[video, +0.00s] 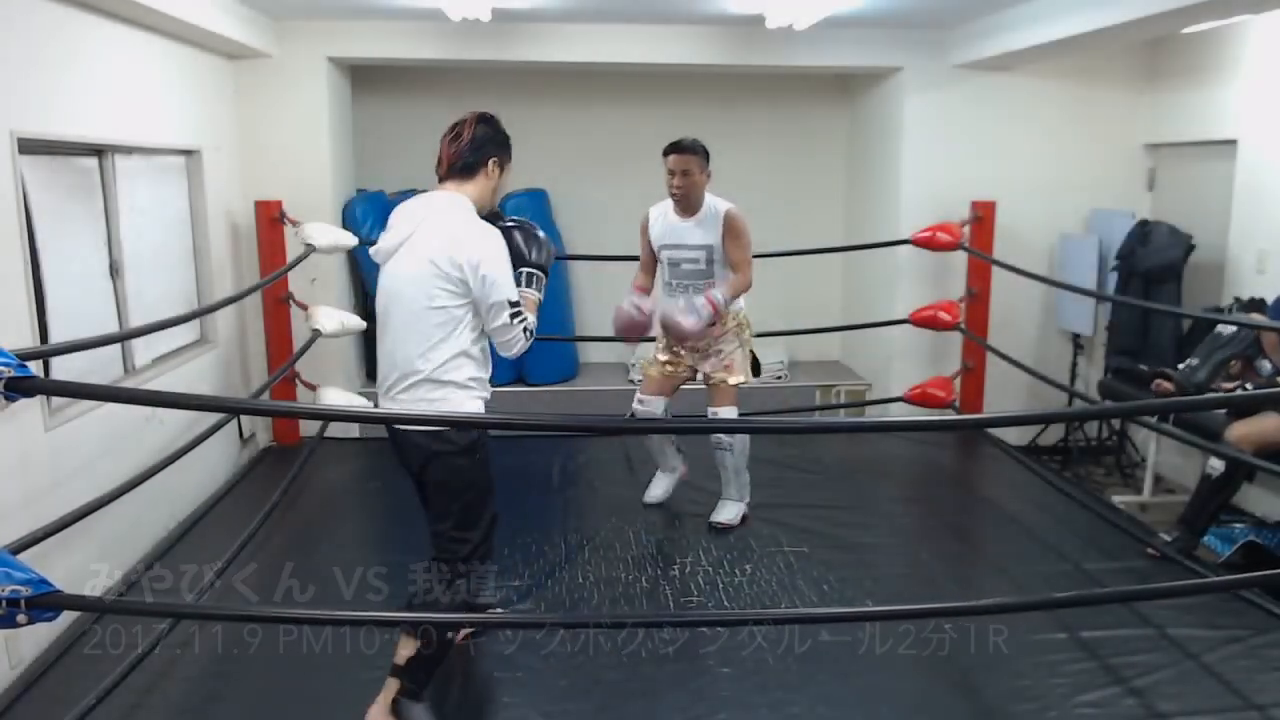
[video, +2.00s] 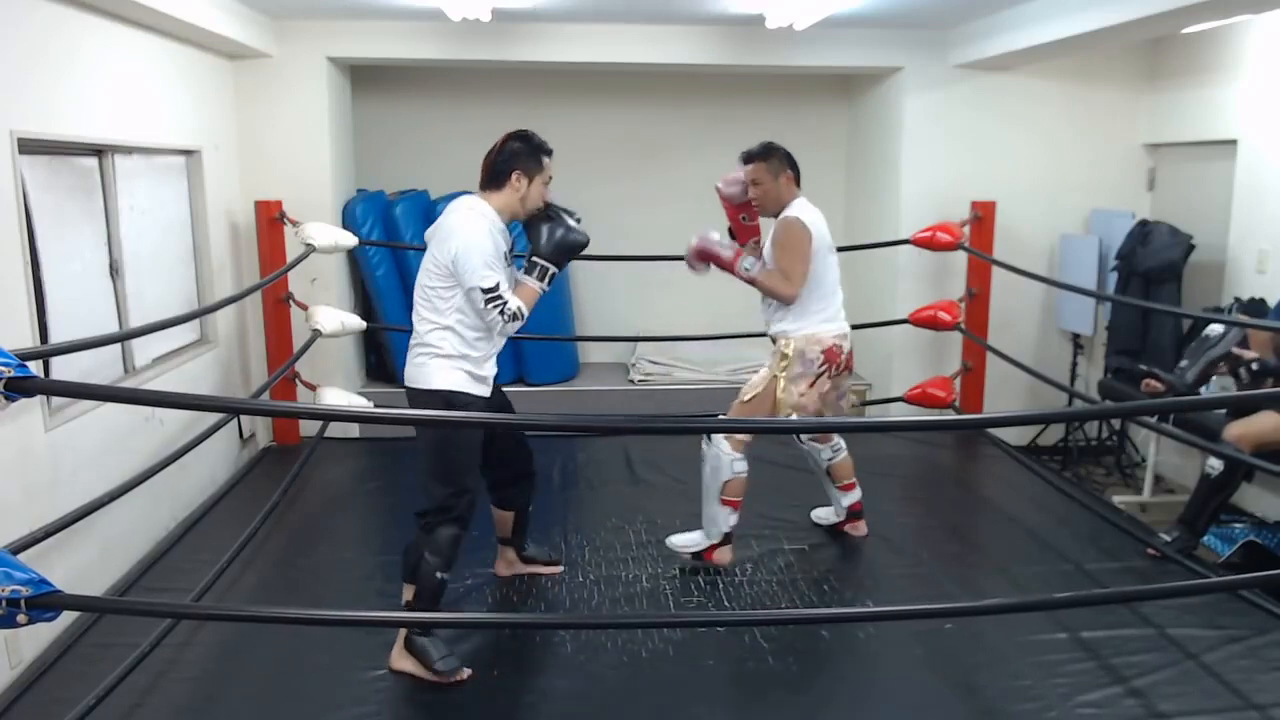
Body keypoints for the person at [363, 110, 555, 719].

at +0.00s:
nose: (503, 188)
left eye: (505, 177)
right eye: (505, 176)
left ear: (448, 163)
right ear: (491, 168)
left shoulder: (404, 219)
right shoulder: (478, 236)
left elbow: (429, 304)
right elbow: (512, 341)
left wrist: (499, 270)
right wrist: (535, 283)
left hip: (400, 412)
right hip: (447, 418)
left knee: (461, 531)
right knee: (456, 558)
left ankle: (460, 622)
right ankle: (387, 702)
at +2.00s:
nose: (547, 194)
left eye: (548, 183)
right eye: (545, 182)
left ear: (512, 178)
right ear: (518, 180)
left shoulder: (486, 223)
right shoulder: (471, 223)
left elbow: (501, 307)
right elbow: (505, 319)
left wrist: (540, 261)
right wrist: (544, 265)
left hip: (474, 377)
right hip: (444, 380)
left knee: (514, 465)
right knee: (451, 502)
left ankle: (510, 556)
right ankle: (410, 640)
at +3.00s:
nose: (529, 184)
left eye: (532, 175)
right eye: (522, 174)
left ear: (524, 179)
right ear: (490, 176)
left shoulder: (509, 226)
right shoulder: (455, 220)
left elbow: (528, 298)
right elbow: (491, 285)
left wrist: (546, 246)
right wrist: (516, 233)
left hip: (479, 363)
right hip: (429, 363)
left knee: (515, 455)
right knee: (400, 465)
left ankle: (514, 539)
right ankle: (352, 569)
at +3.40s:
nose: (478, 179)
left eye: (483, 170)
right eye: (467, 169)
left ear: (488, 173)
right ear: (441, 174)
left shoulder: (493, 222)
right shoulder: (410, 228)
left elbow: (527, 282)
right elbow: (416, 306)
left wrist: (540, 251)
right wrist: (437, 257)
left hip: (474, 360)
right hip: (417, 364)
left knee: (515, 446)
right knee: (393, 454)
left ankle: (512, 539)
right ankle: (362, 524)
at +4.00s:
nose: (486, 175)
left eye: (494, 164)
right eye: (476, 164)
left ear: (503, 168)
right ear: (456, 167)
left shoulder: (512, 215)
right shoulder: (434, 212)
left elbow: (533, 288)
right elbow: (461, 251)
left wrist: (519, 245)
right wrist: (518, 232)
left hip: (503, 349)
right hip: (445, 347)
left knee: (540, 428)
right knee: (409, 428)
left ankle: (555, 508)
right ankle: (413, 490)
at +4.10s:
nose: (486, 174)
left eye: (493, 163)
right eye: (476, 164)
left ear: (502, 166)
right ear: (457, 168)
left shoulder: (516, 216)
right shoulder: (435, 215)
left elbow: (534, 279)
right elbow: (448, 281)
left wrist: (520, 247)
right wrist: (506, 278)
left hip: (507, 346)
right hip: (449, 348)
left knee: (539, 431)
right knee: (427, 442)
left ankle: (560, 511)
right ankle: (462, 498)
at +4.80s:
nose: (492, 168)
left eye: (501, 157)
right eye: (483, 160)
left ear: (523, 160)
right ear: (475, 167)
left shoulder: (548, 213)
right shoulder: (475, 222)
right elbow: (471, 285)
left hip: (542, 342)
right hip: (492, 339)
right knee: (475, 416)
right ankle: (466, 499)